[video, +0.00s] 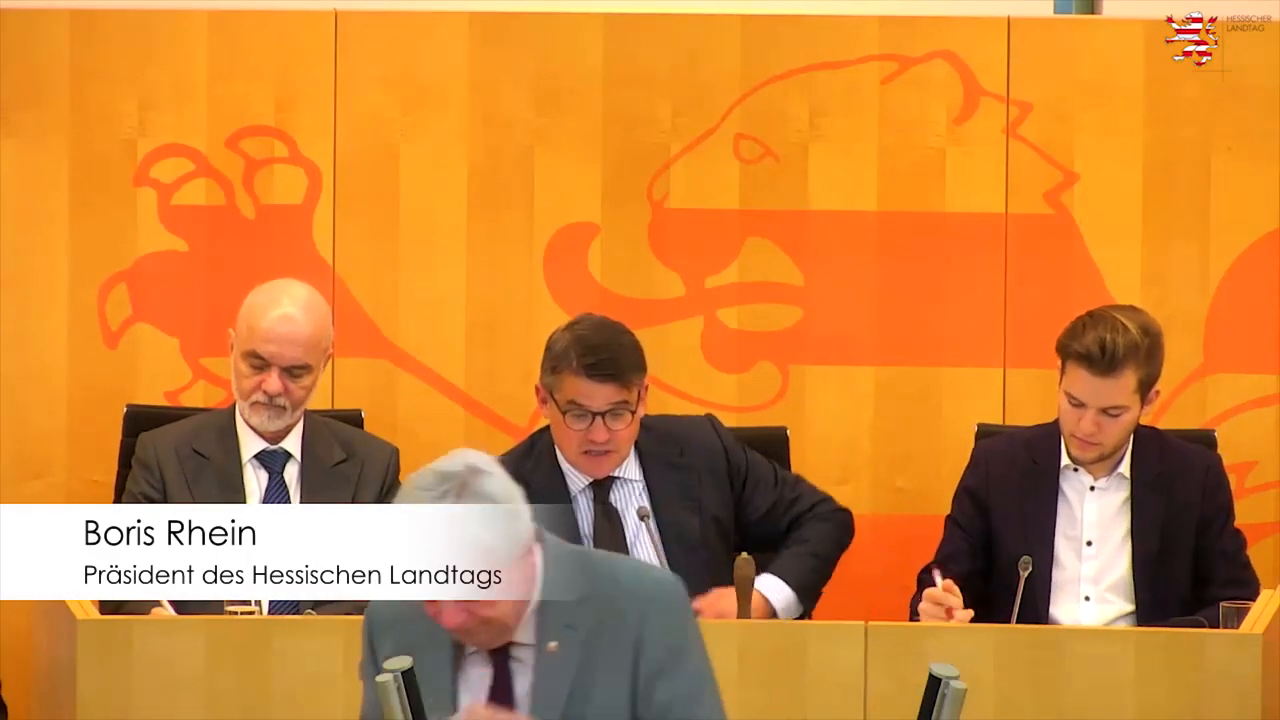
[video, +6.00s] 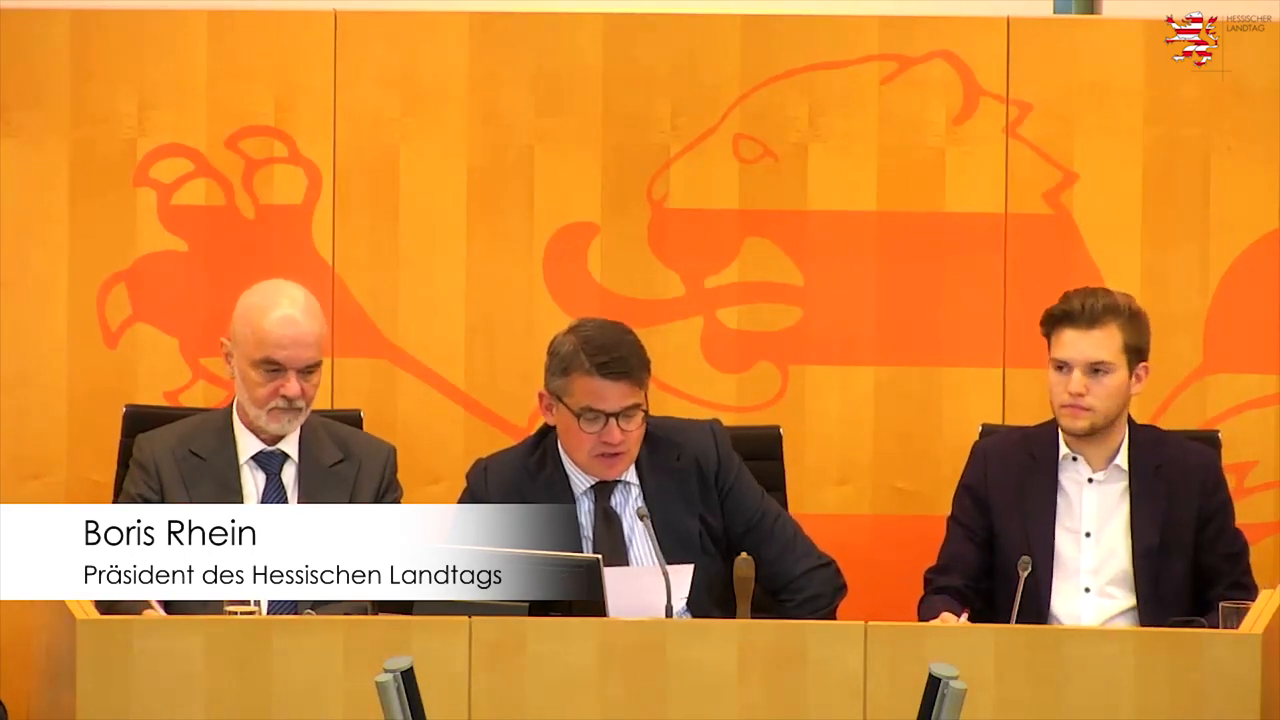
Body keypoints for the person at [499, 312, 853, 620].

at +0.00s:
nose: (599, 434)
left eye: (616, 412)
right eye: (578, 414)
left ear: (642, 395)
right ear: (544, 400)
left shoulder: (703, 450)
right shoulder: (504, 490)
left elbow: (825, 519)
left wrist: (764, 599)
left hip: (713, 670)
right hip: (574, 683)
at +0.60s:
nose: (602, 436)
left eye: (619, 415)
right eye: (581, 415)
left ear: (644, 398)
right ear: (546, 400)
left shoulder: (705, 455)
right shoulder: (495, 490)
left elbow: (840, 540)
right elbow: (468, 624)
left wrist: (797, 655)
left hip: (718, 670)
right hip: (579, 683)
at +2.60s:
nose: (611, 421)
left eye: (627, 400)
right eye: (589, 401)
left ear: (649, 391)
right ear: (551, 397)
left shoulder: (707, 451)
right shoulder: (501, 485)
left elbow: (813, 581)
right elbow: (464, 619)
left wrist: (769, 680)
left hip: (707, 674)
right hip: (566, 684)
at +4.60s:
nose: (610, 433)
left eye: (624, 411)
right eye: (587, 416)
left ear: (641, 394)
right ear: (545, 409)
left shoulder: (703, 452)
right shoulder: (497, 488)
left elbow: (810, 582)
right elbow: (470, 625)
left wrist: (763, 678)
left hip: (706, 672)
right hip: (566, 683)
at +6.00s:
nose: (614, 436)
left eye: (630, 414)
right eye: (591, 418)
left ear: (647, 395)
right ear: (549, 407)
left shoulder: (703, 455)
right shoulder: (497, 487)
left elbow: (811, 582)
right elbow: (458, 621)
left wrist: (757, 676)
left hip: (701, 677)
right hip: (562, 685)